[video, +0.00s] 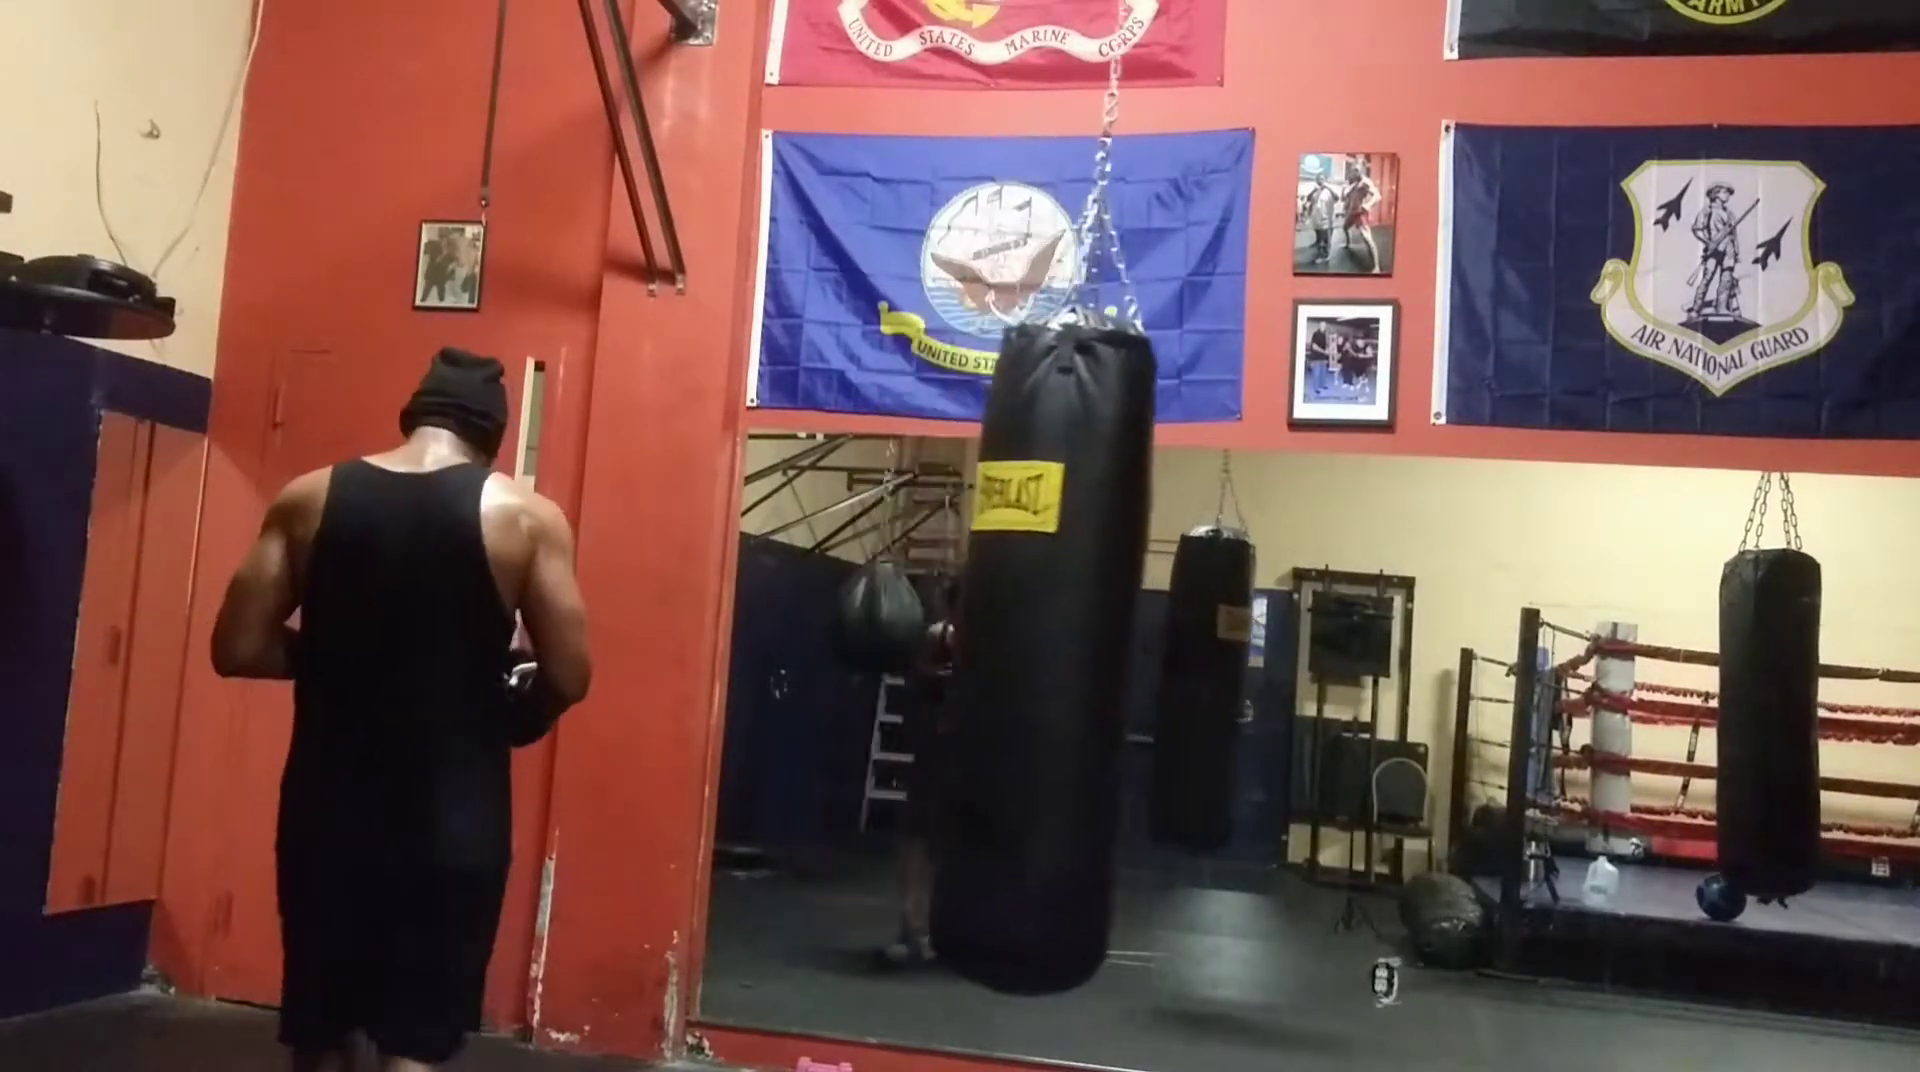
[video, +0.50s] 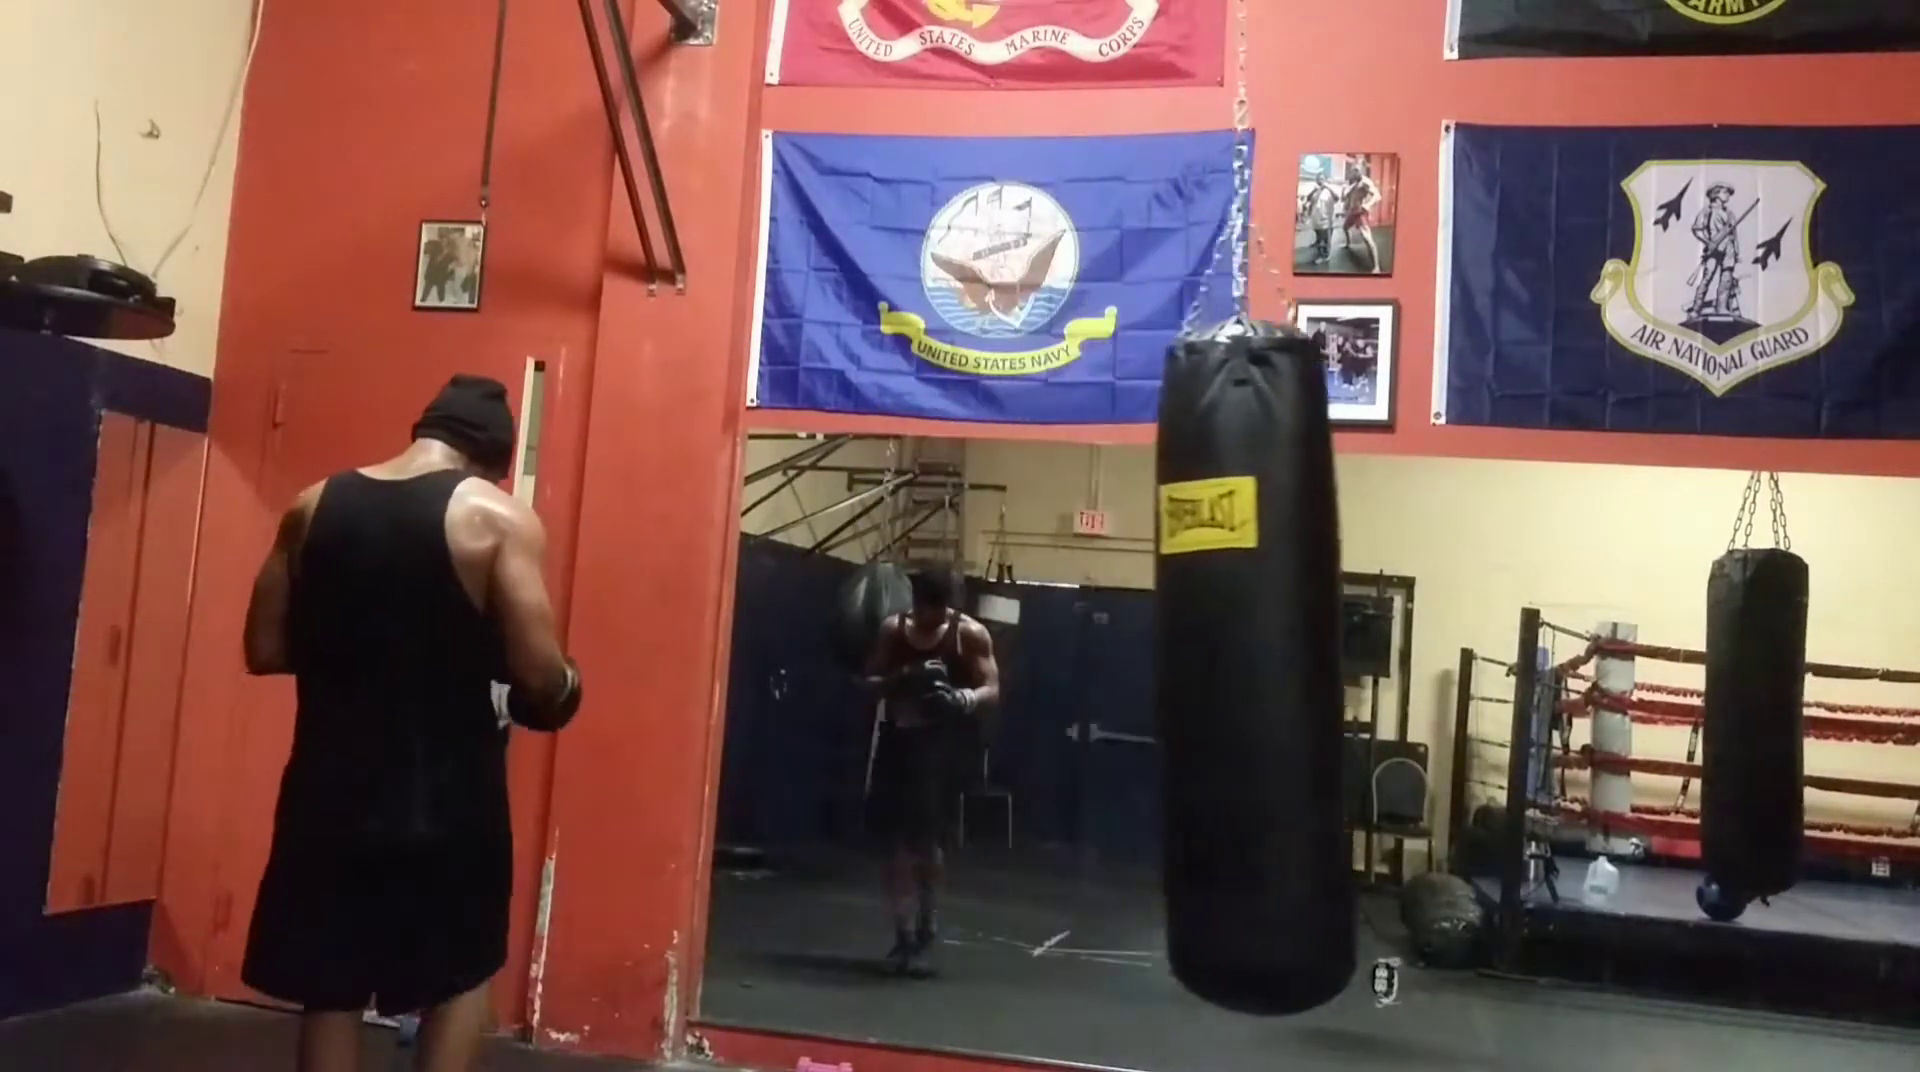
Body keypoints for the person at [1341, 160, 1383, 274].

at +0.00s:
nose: (1351, 175)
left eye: (1353, 172)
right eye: (1350, 172)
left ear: (1358, 173)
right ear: (1349, 174)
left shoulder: (1365, 182)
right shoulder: (1351, 185)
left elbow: (1376, 196)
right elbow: (1344, 197)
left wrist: (1366, 206)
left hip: (1361, 211)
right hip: (1351, 211)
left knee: (1367, 237)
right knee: (1345, 227)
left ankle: (1376, 266)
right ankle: (1348, 243)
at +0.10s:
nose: (1351, 174)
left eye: (1354, 172)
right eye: (1351, 172)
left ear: (1358, 172)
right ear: (1350, 173)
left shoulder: (1365, 182)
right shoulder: (1351, 184)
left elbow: (1376, 196)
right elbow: (1344, 197)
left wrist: (1366, 206)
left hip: (1361, 211)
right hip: (1351, 211)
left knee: (1367, 237)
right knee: (1345, 227)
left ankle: (1376, 266)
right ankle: (1348, 243)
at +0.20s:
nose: (1351, 174)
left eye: (1354, 172)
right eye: (1351, 172)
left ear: (1358, 172)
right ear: (1350, 173)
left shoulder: (1365, 182)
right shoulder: (1351, 184)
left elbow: (1376, 196)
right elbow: (1344, 198)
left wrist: (1366, 206)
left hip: (1361, 211)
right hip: (1351, 211)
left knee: (1367, 237)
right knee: (1345, 227)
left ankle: (1376, 266)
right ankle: (1348, 243)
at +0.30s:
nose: (1351, 176)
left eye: (1353, 173)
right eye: (1350, 174)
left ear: (1357, 173)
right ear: (1350, 174)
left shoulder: (1365, 182)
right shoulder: (1351, 184)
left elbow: (1376, 196)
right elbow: (1343, 198)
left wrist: (1367, 206)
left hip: (1360, 211)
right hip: (1351, 211)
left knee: (1366, 237)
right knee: (1345, 227)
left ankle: (1376, 266)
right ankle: (1348, 243)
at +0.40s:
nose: (1351, 175)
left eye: (1353, 172)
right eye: (1350, 173)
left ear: (1358, 173)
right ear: (1350, 174)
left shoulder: (1365, 182)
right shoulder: (1350, 184)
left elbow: (1376, 195)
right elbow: (1343, 197)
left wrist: (1367, 206)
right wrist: (1351, 187)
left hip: (1361, 211)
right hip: (1351, 211)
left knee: (1366, 237)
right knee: (1345, 227)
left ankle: (1376, 266)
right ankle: (1348, 243)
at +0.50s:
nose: (1351, 175)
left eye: (1353, 173)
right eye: (1350, 173)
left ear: (1358, 173)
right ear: (1350, 174)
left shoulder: (1365, 182)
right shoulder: (1351, 184)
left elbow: (1376, 195)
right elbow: (1344, 197)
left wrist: (1366, 206)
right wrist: (1350, 187)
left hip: (1361, 211)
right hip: (1351, 211)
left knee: (1366, 237)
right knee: (1345, 227)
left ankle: (1376, 266)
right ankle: (1348, 243)